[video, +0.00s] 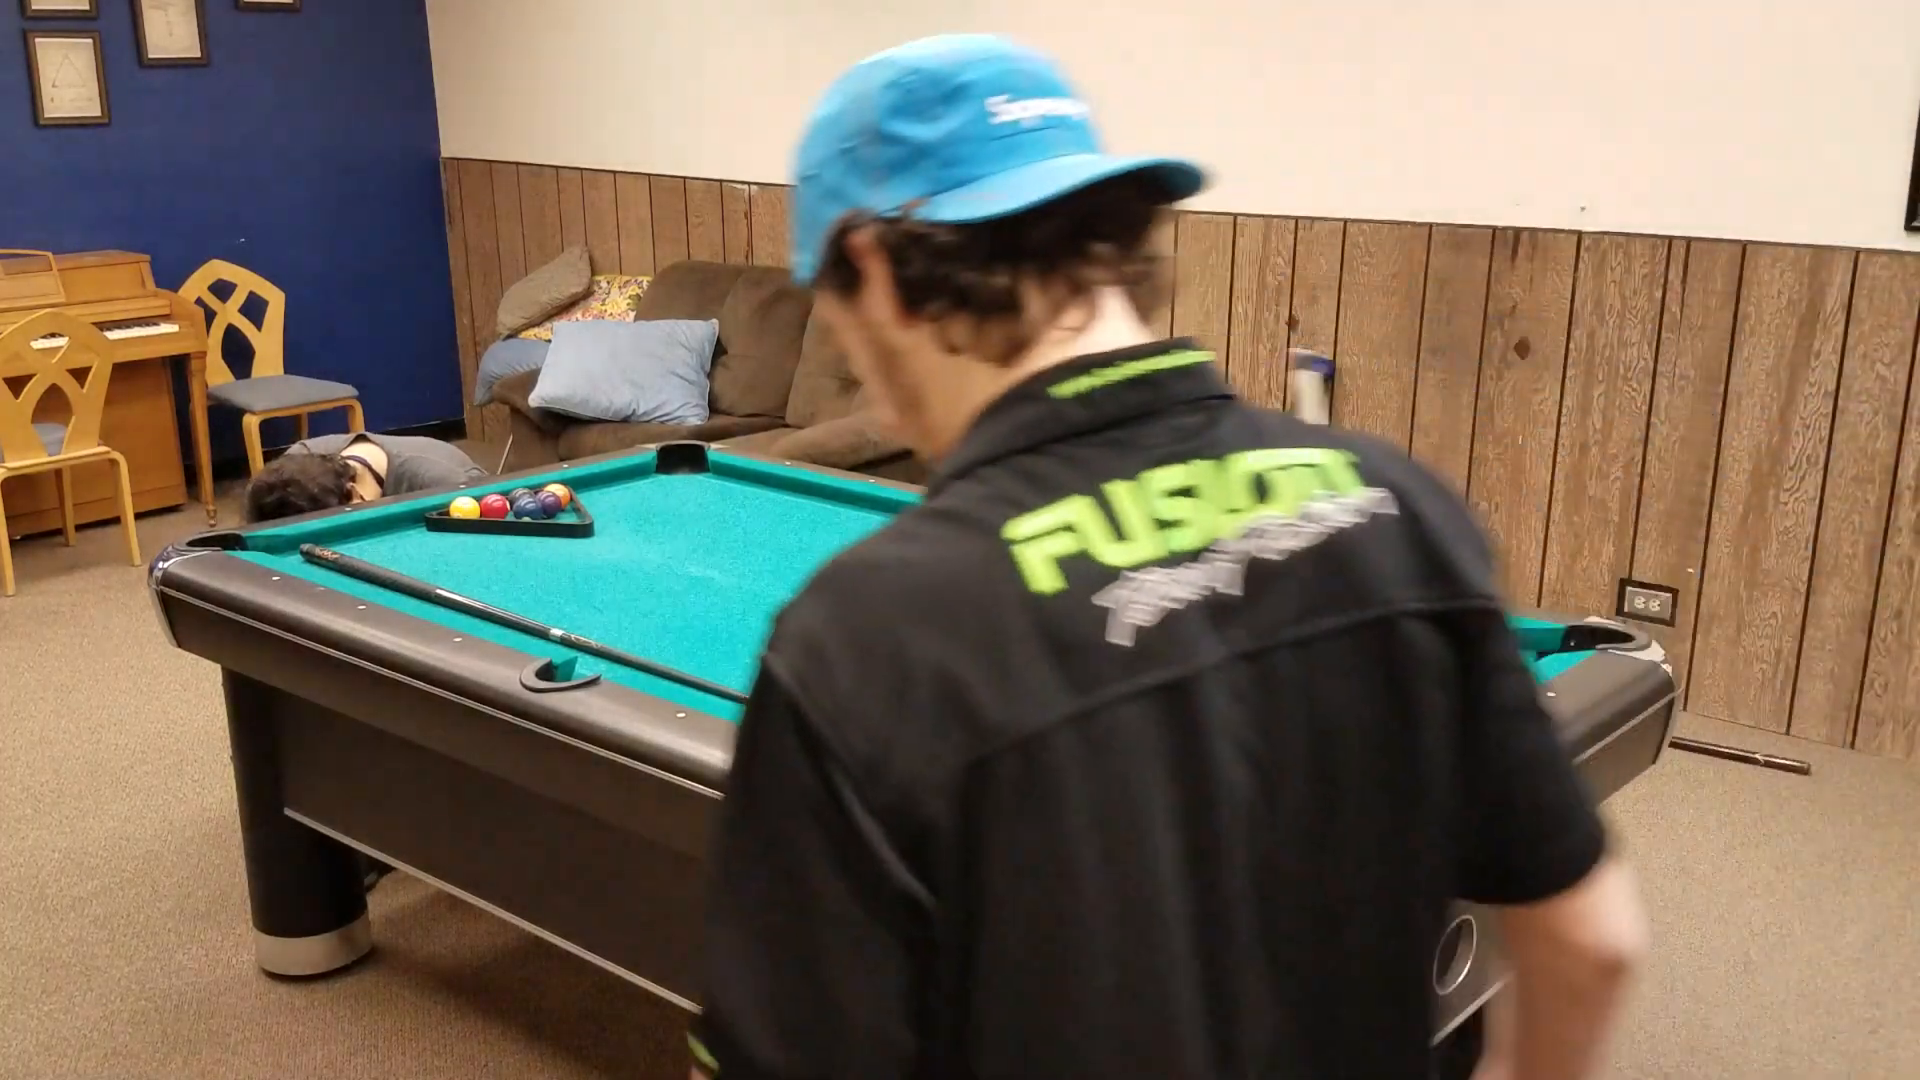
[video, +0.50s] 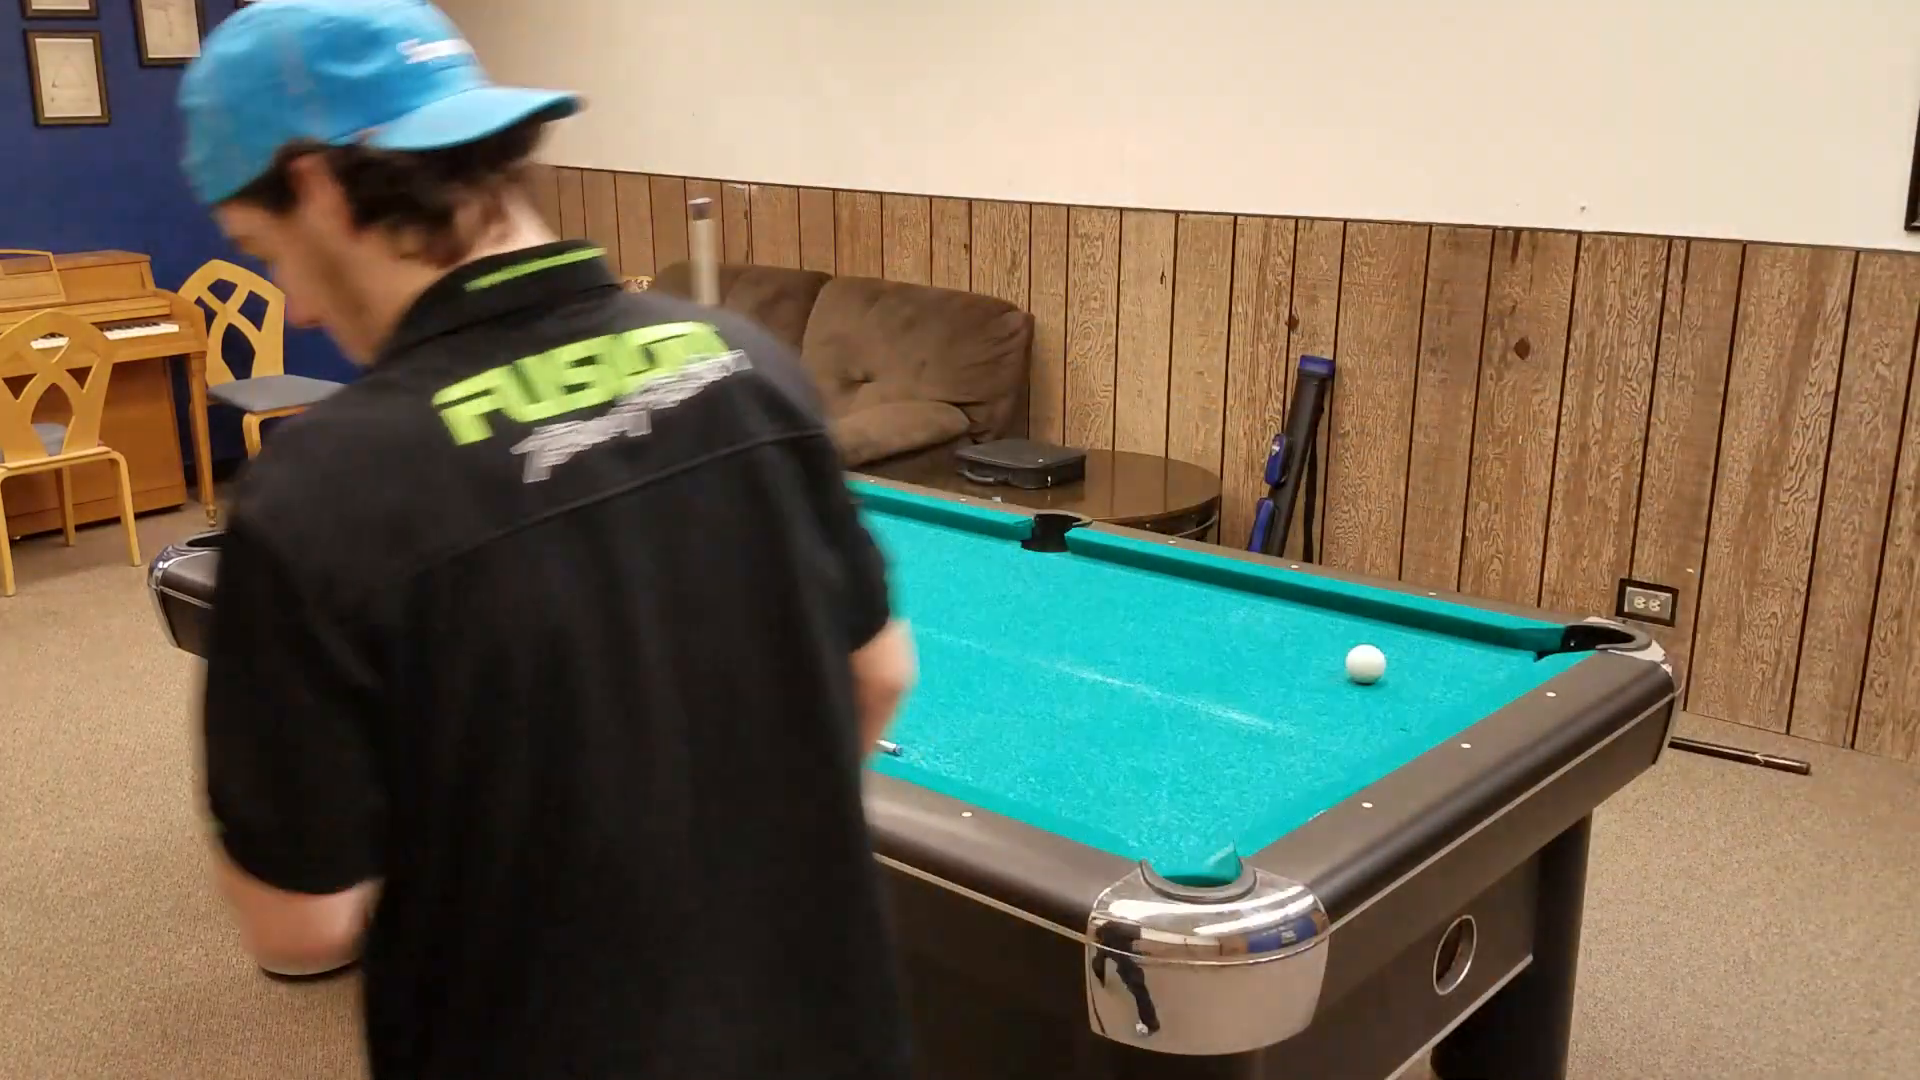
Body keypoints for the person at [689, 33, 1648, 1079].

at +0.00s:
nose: (865, 397)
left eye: (837, 332)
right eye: (836, 341)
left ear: (873, 276)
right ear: (1119, 239)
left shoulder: (864, 650)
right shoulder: (1394, 505)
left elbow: (795, 1047)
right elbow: (1588, 941)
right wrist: (1522, 1062)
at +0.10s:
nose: (762, 387)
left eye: (734, 328)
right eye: (731, 339)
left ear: (767, 256)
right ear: (977, 220)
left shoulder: (763, 586)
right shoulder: (1239, 473)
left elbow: (685, 1051)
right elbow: (1418, 875)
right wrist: (1337, 1063)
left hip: (918, 1055)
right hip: (1212, 1055)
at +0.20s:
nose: (657, 340)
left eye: (624, 282)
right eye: (621, 291)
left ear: (669, 214)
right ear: (849, 187)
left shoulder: (659, 534)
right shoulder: (1108, 430)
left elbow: (599, 1018)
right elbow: (1260, 783)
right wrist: (1185, 974)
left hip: (784, 1058)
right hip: (1092, 1052)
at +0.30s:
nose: (538, 298)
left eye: (512, 246)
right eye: (507, 255)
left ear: (559, 182)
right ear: (734, 137)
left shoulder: (557, 494)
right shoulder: (992, 373)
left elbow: (520, 958)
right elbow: (1128, 712)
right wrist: (1013, 889)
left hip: (700, 1054)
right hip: (1011, 1044)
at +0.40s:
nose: (417, 292)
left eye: (393, 239)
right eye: (389, 247)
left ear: (445, 174)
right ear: (605, 128)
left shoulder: (453, 475)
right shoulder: (869, 356)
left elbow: (422, 925)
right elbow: (1005, 672)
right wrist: (873, 838)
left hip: (606, 1053)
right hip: (913, 1037)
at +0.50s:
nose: (291, 307)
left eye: (265, 257)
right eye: (260, 267)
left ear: (320, 191)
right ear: (474, 146)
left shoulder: (316, 504)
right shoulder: (739, 361)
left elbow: (298, 929)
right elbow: (877, 669)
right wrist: (754, 818)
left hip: (513, 1050)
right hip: (830, 1030)